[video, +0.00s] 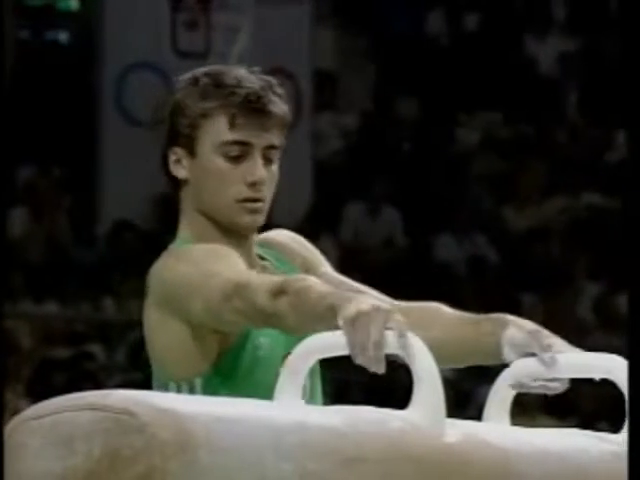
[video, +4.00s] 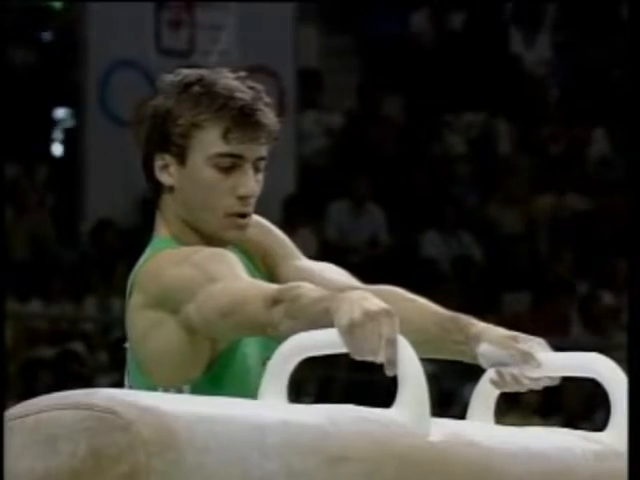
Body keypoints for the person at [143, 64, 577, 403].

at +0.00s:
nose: (259, 177)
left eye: (269, 158)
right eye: (235, 155)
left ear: (280, 163)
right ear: (180, 164)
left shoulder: (287, 250)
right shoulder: (184, 270)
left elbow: (388, 316)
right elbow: (271, 298)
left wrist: (500, 334)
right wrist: (347, 305)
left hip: (307, 473)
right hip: (221, 476)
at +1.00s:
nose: (268, 197)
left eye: (277, 178)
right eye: (248, 176)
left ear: (286, 172)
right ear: (186, 172)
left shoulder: (272, 241)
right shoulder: (188, 270)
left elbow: (371, 298)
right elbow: (271, 305)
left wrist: (477, 342)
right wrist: (339, 306)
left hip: (267, 466)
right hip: (199, 470)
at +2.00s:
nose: (254, 168)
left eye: (258, 149)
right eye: (227, 150)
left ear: (266, 154)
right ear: (169, 166)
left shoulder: (257, 241)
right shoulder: (183, 271)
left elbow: (359, 296)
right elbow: (271, 306)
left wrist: (479, 339)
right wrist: (343, 303)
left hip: (246, 467)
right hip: (186, 471)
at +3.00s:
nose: (251, 185)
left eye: (259, 165)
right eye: (228, 164)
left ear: (267, 164)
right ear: (168, 167)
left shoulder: (255, 237)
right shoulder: (182, 269)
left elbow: (356, 293)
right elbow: (270, 306)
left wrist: (480, 338)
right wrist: (342, 303)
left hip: (247, 465)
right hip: (186, 469)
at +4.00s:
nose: (250, 187)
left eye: (258, 166)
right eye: (227, 166)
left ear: (267, 164)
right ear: (167, 170)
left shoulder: (251, 238)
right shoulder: (177, 271)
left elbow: (355, 294)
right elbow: (270, 307)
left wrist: (480, 338)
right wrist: (341, 304)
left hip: (240, 466)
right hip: (181, 470)